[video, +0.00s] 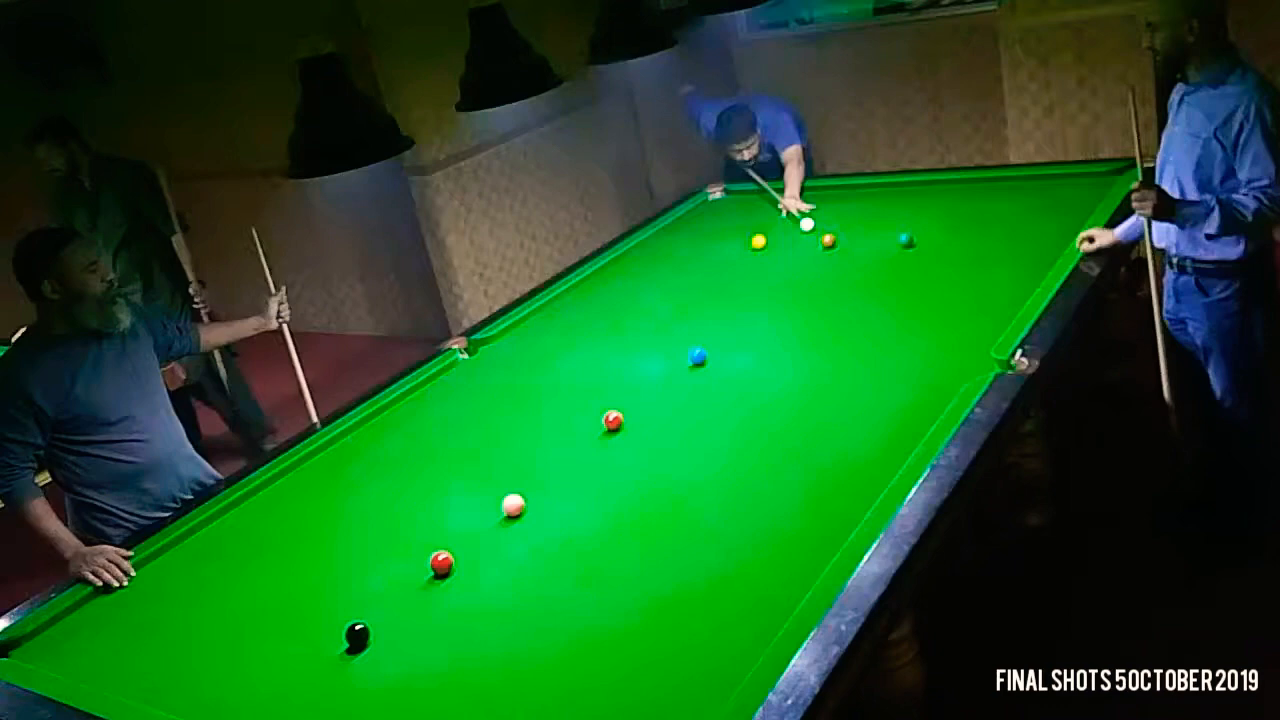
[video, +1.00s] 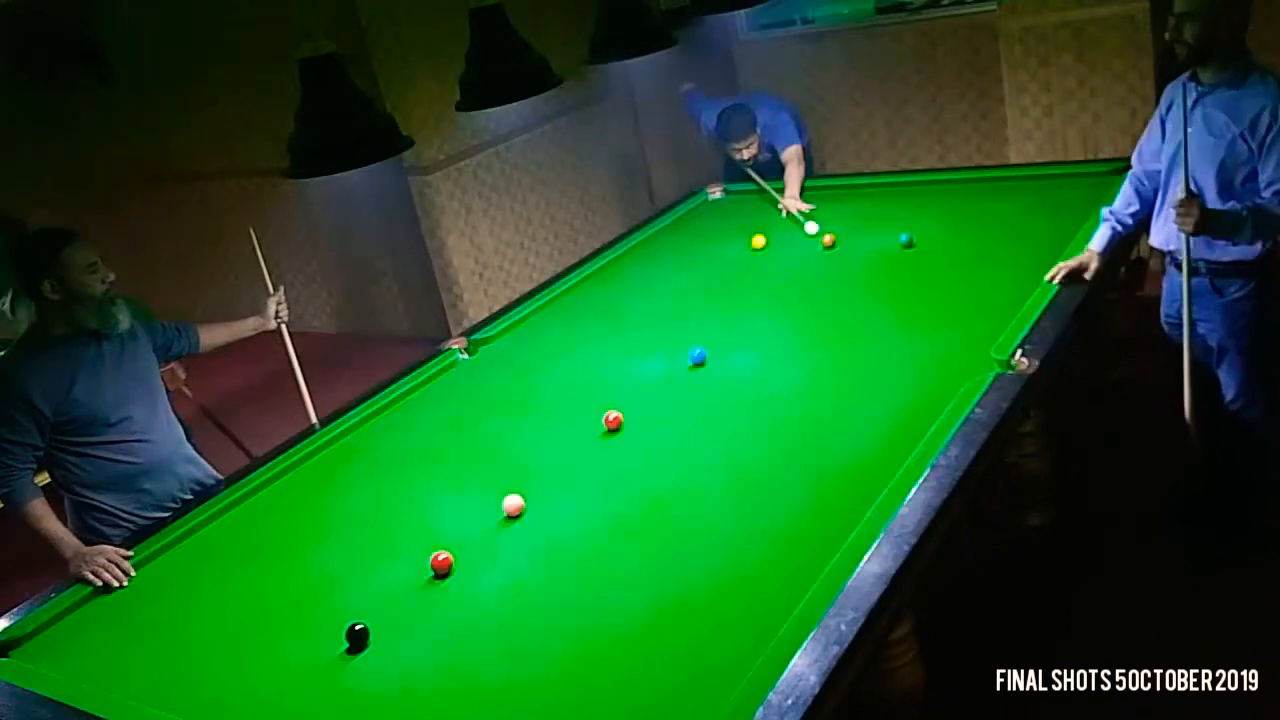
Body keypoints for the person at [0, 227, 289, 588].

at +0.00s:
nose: (110, 276)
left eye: (104, 263)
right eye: (91, 268)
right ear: (52, 289)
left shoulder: (134, 324)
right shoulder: (23, 372)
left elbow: (192, 337)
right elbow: (13, 476)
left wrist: (263, 321)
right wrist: (75, 552)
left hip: (206, 504)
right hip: (129, 543)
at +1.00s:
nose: (110, 276)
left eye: (103, 265)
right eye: (91, 270)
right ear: (52, 290)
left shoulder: (130, 328)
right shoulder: (25, 371)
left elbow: (188, 338)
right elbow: (13, 476)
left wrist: (261, 321)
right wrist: (74, 552)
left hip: (206, 504)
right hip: (130, 544)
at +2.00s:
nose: (104, 285)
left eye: (100, 272)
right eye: (86, 278)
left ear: (104, 269)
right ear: (44, 293)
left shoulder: (132, 325)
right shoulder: (24, 372)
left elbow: (189, 337)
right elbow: (14, 477)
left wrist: (262, 321)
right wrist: (75, 552)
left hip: (205, 504)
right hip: (128, 544)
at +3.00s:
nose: (108, 282)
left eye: (102, 270)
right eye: (91, 275)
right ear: (52, 292)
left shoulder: (123, 320)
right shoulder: (25, 371)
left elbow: (180, 338)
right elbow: (13, 477)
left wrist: (258, 321)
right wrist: (75, 552)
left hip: (204, 503)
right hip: (129, 543)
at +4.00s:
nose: (163, 239)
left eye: (156, 228)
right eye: (148, 232)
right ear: (117, 249)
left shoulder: (145, 298)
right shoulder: (114, 315)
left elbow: (168, 364)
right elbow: (127, 414)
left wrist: (222, 364)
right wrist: (222, 450)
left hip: (214, 474)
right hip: (185, 488)